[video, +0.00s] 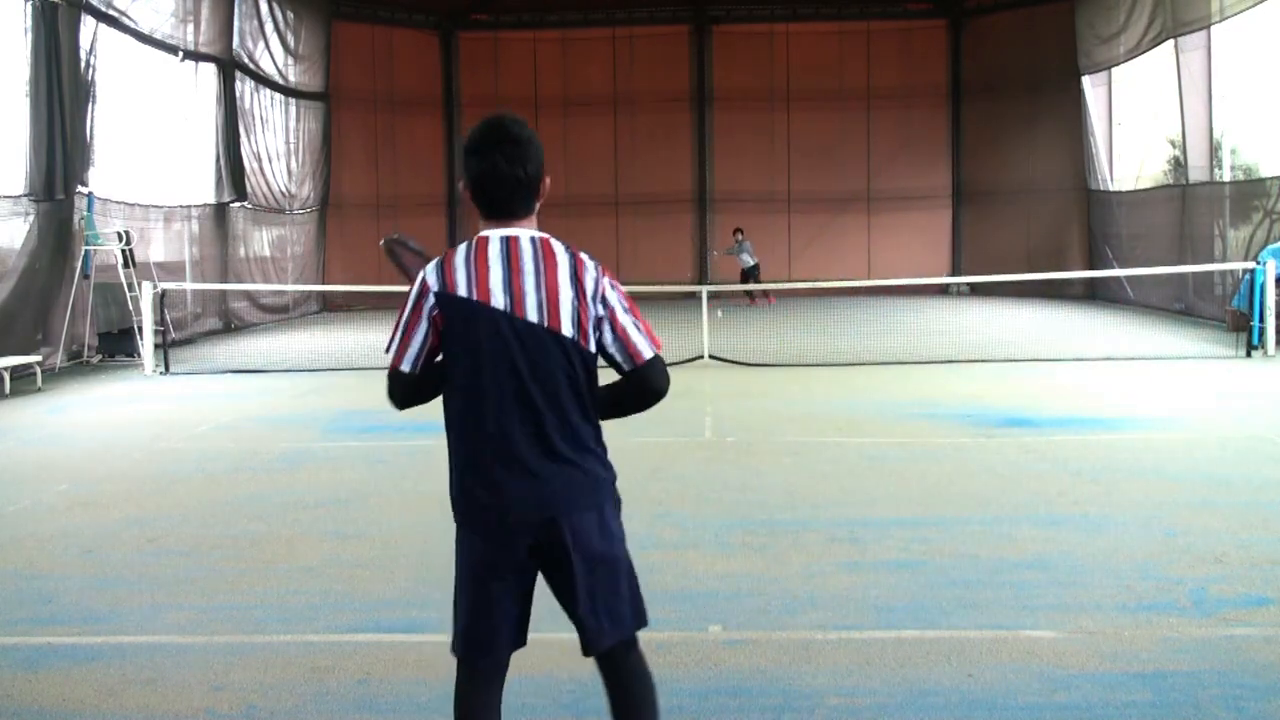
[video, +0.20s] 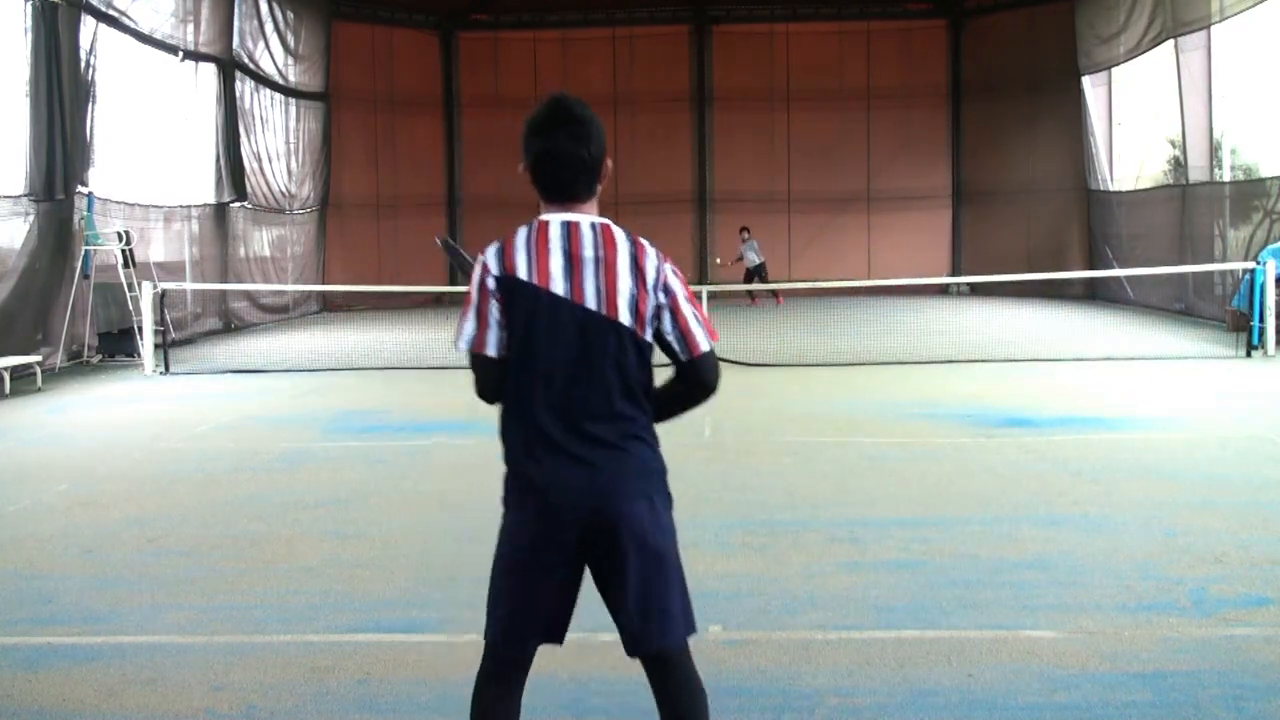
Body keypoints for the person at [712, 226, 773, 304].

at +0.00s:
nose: (737, 237)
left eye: (739, 234)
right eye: (736, 235)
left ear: (742, 235)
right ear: (734, 236)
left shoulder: (745, 244)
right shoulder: (736, 247)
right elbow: (730, 252)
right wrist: (720, 253)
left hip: (753, 265)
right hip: (745, 268)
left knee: (757, 282)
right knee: (743, 286)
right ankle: (752, 299)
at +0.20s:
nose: (744, 236)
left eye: (745, 233)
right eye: (742, 234)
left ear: (748, 234)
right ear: (740, 235)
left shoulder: (753, 242)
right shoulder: (742, 246)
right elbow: (741, 257)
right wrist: (733, 262)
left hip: (759, 265)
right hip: (749, 268)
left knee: (765, 282)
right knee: (746, 284)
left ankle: (777, 296)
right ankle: (753, 299)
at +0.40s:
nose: (754, 225)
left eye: (756, 223)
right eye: (752, 224)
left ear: (759, 224)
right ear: (750, 225)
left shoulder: (764, 232)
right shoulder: (749, 235)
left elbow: (767, 230)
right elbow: (746, 242)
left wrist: (764, 225)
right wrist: (744, 237)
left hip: (765, 255)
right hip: (754, 257)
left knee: (772, 276)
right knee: (752, 278)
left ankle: (778, 294)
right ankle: (751, 296)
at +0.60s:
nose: (766, 228)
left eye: (767, 226)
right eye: (765, 227)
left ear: (770, 228)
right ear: (763, 228)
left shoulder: (774, 237)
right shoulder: (761, 235)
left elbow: (785, 239)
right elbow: (758, 227)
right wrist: (767, 220)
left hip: (772, 260)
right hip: (762, 259)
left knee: (777, 281)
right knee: (754, 278)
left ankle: (779, 299)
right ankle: (742, 289)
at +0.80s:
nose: (774, 233)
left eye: (775, 231)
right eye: (772, 231)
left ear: (777, 232)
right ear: (769, 232)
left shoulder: (778, 243)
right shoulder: (766, 239)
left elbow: (781, 252)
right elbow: (763, 232)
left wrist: (784, 258)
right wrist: (768, 224)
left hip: (774, 264)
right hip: (765, 263)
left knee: (780, 282)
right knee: (758, 281)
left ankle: (778, 300)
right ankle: (748, 297)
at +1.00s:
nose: (768, 231)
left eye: (770, 229)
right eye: (766, 228)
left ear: (772, 231)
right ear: (764, 230)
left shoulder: (773, 241)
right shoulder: (761, 239)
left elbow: (774, 252)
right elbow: (757, 243)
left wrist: (775, 262)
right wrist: (763, 234)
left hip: (770, 262)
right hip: (761, 261)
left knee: (775, 281)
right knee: (761, 280)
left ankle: (778, 299)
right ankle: (757, 298)